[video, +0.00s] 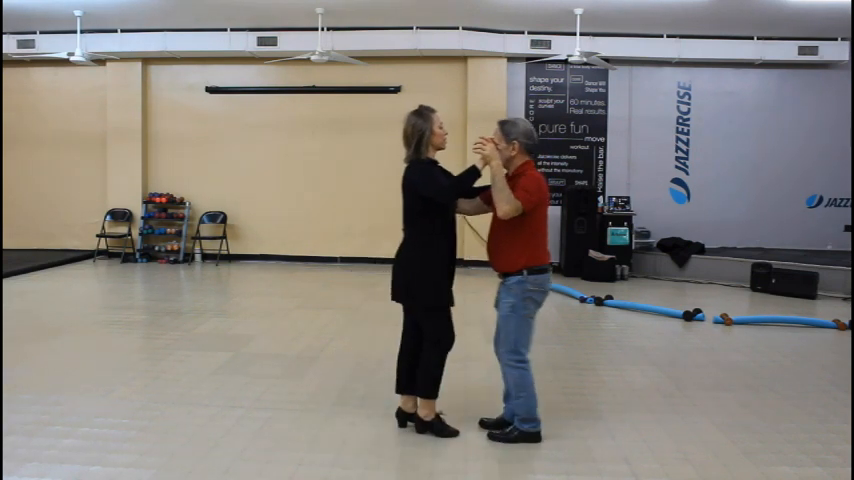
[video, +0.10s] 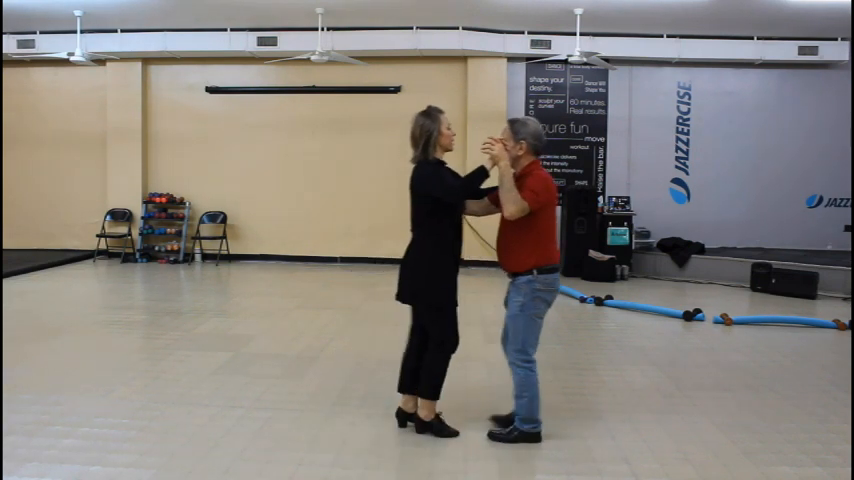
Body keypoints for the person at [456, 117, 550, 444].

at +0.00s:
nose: (491, 147)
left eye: (496, 142)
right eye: (492, 141)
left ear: (514, 147)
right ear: (513, 148)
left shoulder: (531, 179)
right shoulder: (510, 180)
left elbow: (507, 208)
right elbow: (471, 205)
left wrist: (495, 163)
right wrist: (436, 195)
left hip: (527, 278)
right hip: (513, 277)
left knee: (513, 352)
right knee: (505, 349)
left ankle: (528, 425)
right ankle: (512, 415)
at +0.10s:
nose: (498, 144)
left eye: (504, 139)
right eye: (500, 139)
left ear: (521, 147)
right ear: (520, 147)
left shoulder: (539, 180)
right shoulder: (518, 178)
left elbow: (512, 210)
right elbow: (479, 206)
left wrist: (503, 165)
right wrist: (444, 197)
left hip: (536, 278)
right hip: (523, 276)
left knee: (521, 351)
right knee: (511, 345)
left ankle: (528, 426)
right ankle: (523, 413)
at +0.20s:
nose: (510, 143)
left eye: (516, 139)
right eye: (511, 138)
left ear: (533, 146)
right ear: (530, 146)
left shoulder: (549, 180)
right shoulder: (527, 179)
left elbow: (524, 210)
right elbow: (488, 206)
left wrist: (514, 165)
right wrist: (452, 198)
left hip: (543, 278)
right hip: (531, 276)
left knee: (524, 353)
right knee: (531, 347)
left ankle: (527, 426)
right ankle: (557, 407)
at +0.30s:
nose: (521, 146)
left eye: (527, 141)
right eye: (523, 140)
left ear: (545, 147)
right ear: (543, 147)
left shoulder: (560, 182)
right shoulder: (536, 180)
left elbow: (536, 212)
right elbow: (498, 207)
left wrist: (525, 169)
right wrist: (461, 201)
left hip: (550, 279)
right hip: (542, 277)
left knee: (525, 352)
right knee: (550, 343)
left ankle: (528, 425)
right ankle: (587, 402)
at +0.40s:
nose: (526, 152)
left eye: (532, 147)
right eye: (527, 146)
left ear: (552, 151)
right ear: (551, 150)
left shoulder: (569, 184)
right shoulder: (542, 183)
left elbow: (549, 217)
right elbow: (506, 210)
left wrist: (536, 173)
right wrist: (469, 203)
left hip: (558, 280)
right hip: (552, 278)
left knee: (527, 353)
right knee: (570, 344)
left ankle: (528, 425)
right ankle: (604, 406)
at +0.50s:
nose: (533, 156)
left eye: (538, 152)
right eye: (534, 151)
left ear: (558, 156)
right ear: (556, 156)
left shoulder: (577, 186)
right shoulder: (547, 185)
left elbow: (560, 223)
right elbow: (514, 212)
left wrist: (547, 177)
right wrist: (481, 201)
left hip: (569, 283)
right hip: (565, 281)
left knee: (534, 351)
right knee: (582, 346)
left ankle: (528, 425)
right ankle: (607, 411)